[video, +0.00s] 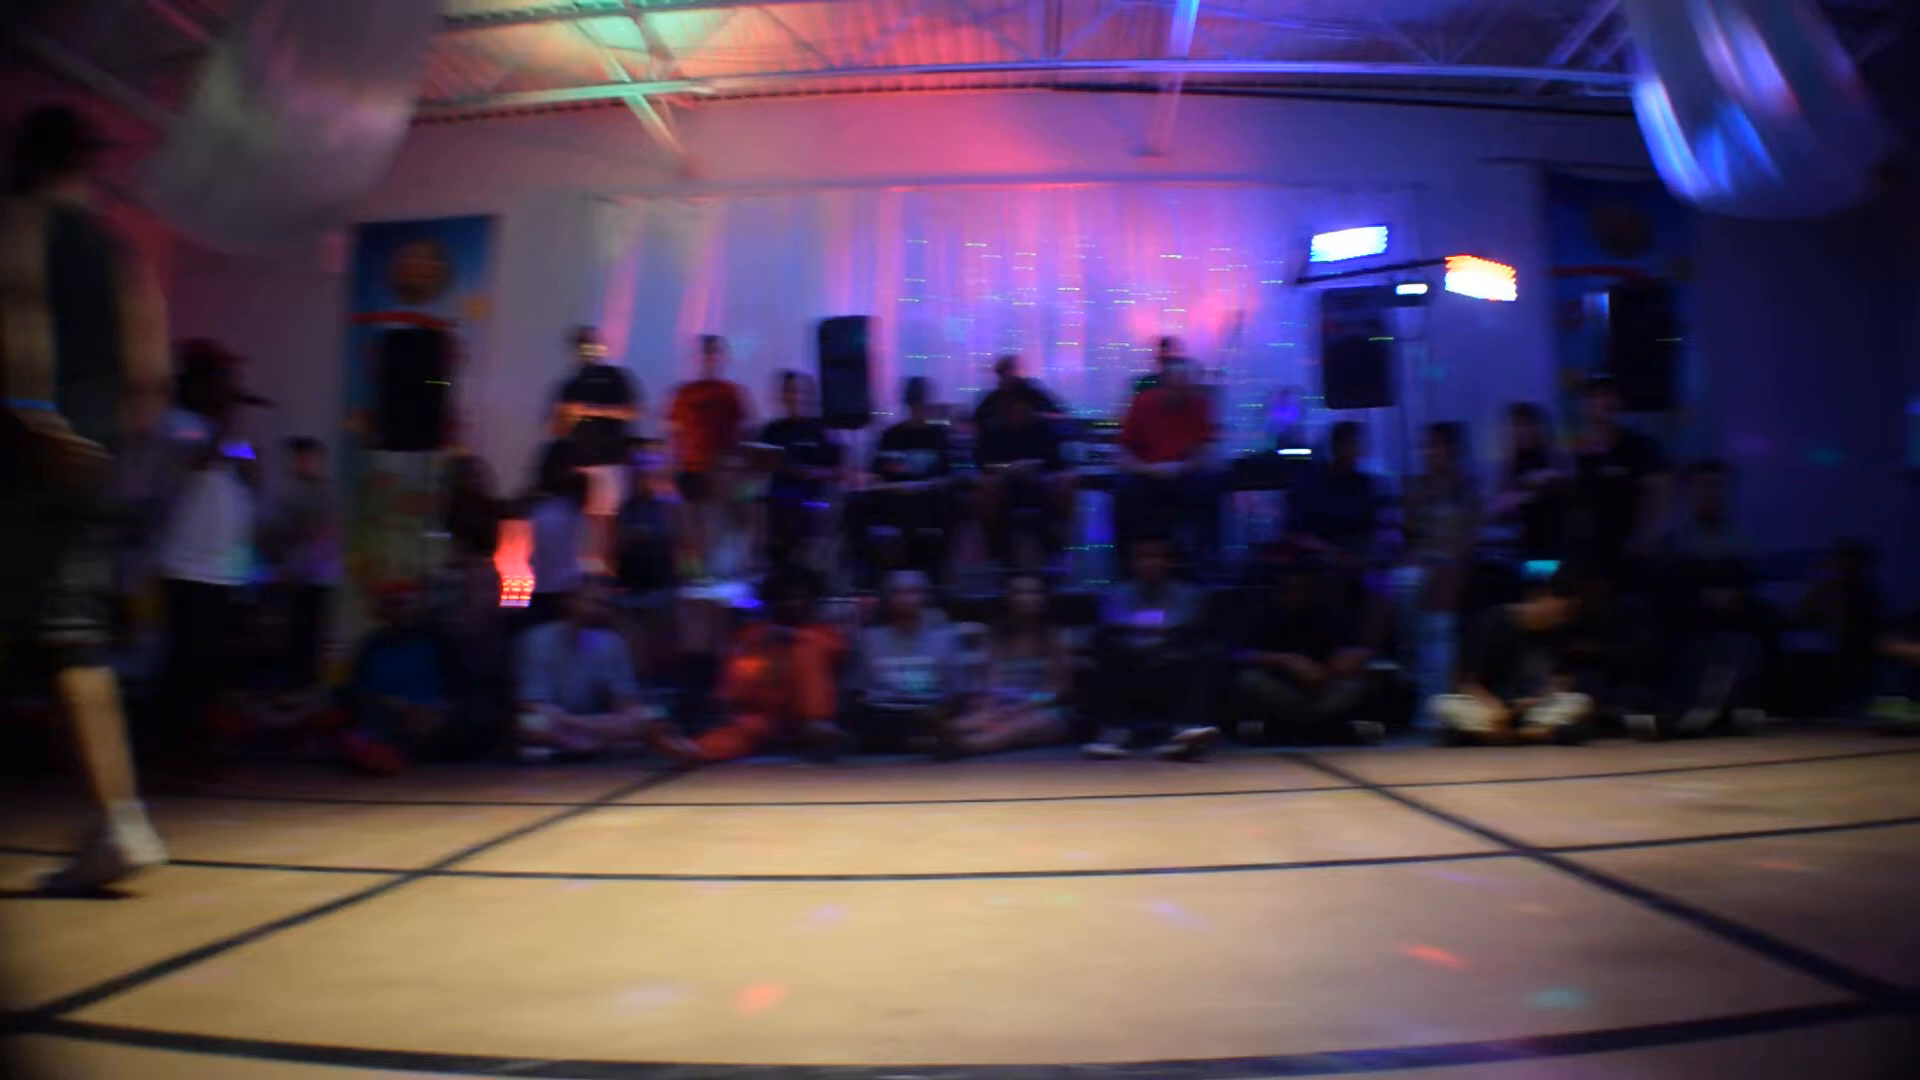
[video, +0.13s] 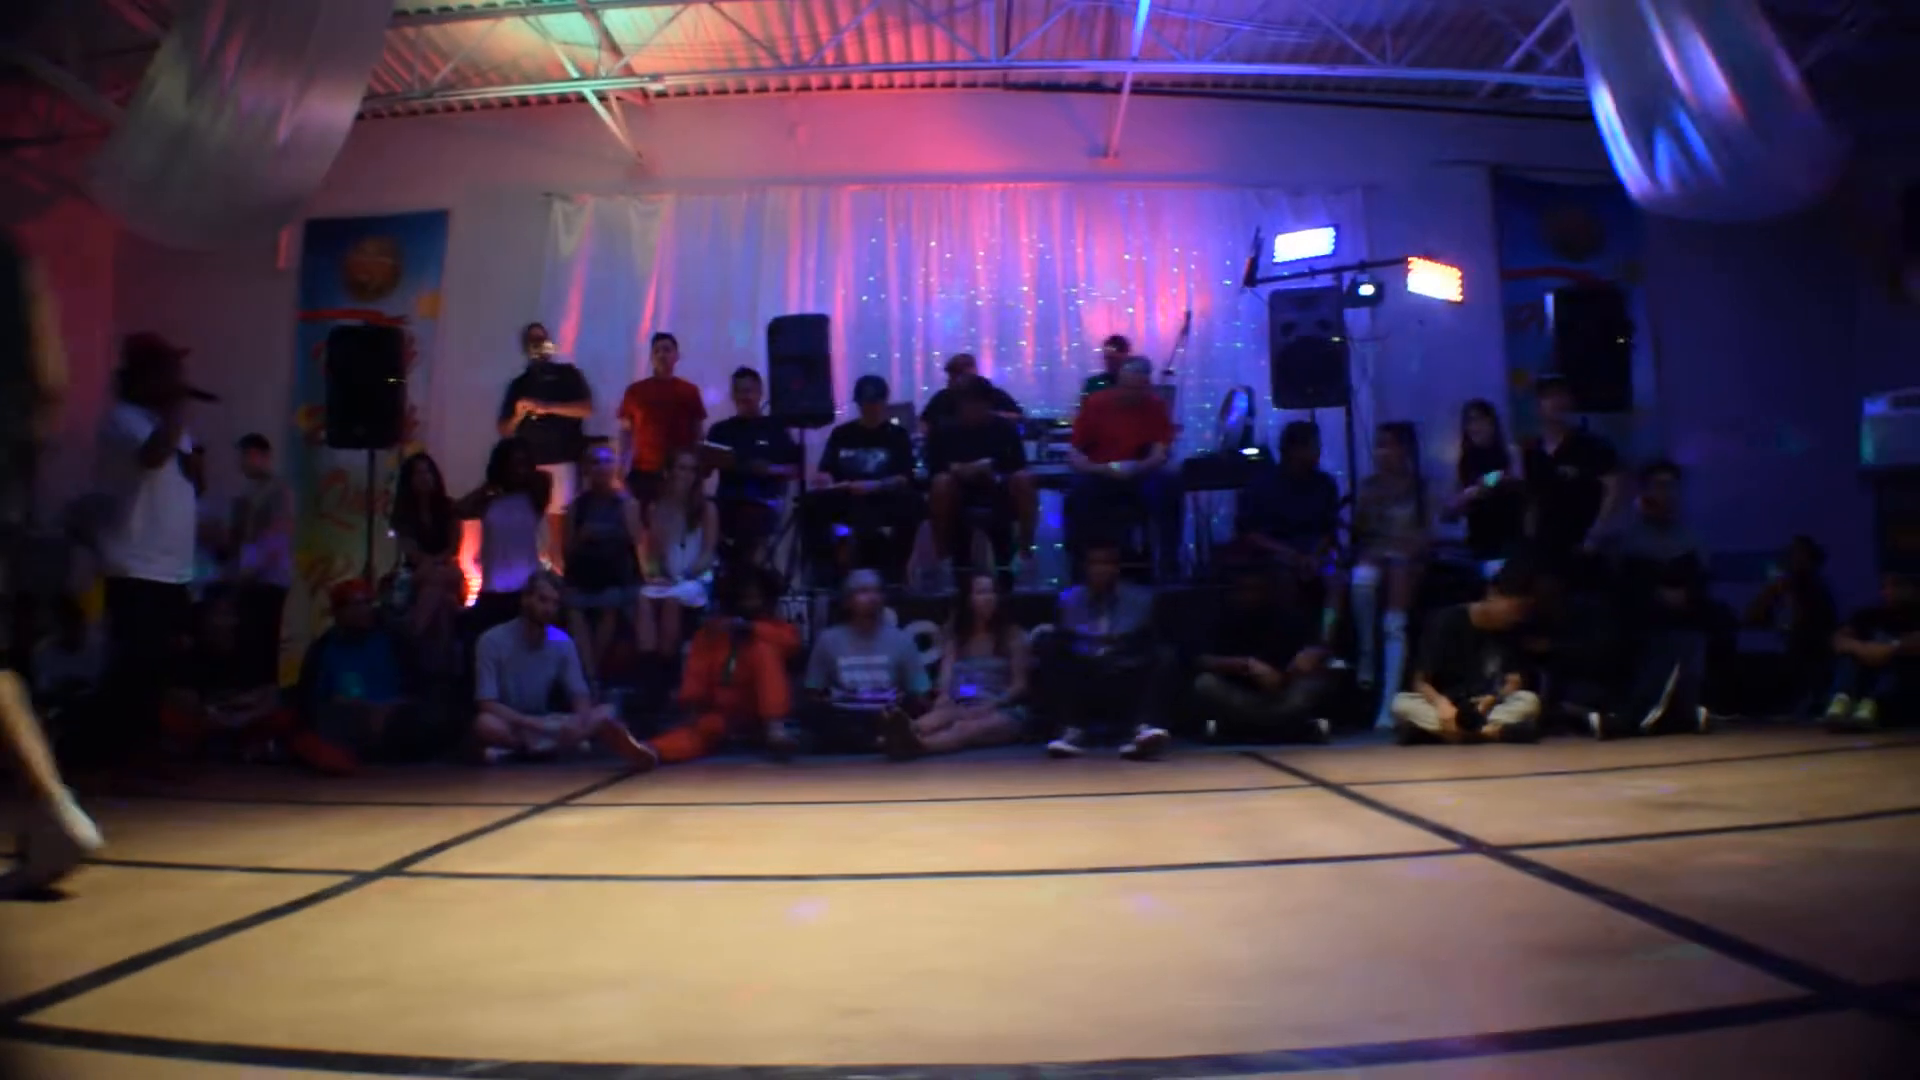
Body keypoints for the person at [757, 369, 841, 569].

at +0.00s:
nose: (793, 398)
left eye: (799, 392)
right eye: (789, 392)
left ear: (810, 395)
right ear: (783, 395)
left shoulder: (821, 430)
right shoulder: (774, 430)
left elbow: (834, 469)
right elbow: (764, 463)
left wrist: (807, 472)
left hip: (814, 501)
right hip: (780, 501)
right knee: (779, 554)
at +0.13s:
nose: (745, 396)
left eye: (750, 390)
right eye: (740, 391)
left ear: (760, 394)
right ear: (732, 394)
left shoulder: (774, 428)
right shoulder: (720, 430)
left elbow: (793, 466)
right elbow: (706, 467)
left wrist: (767, 470)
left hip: (765, 502)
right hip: (728, 500)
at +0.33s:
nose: (739, 400)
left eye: (744, 393)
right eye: (733, 395)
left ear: (756, 395)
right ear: (728, 398)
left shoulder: (771, 428)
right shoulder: (718, 430)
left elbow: (787, 467)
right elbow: (702, 469)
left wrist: (760, 452)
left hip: (760, 499)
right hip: (726, 497)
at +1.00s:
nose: (764, 404)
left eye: (768, 397)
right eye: (757, 399)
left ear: (777, 398)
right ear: (748, 402)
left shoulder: (793, 428)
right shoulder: (741, 431)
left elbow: (801, 460)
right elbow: (725, 470)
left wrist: (777, 430)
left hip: (781, 494)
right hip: (749, 494)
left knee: (770, 531)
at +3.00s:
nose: (755, 406)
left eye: (760, 400)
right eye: (748, 401)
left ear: (769, 403)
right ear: (742, 406)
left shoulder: (789, 431)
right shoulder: (736, 435)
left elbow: (797, 462)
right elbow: (719, 478)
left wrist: (768, 433)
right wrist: (725, 459)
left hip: (778, 499)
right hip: (745, 498)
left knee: (768, 529)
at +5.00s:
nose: (755, 415)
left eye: (760, 408)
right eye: (750, 410)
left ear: (772, 404)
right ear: (744, 407)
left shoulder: (790, 433)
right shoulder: (736, 435)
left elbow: (802, 468)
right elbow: (718, 474)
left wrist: (772, 459)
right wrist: (736, 458)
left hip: (776, 502)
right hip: (742, 500)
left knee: (764, 535)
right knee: (722, 527)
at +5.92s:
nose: (758, 414)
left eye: (763, 408)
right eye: (753, 408)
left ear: (775, 404)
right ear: (747, 407)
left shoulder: (790, 433)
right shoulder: (736, 435)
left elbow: (804, 469)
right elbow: (719, 475)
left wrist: (775, 459)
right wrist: (731, 460)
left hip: (777, 501)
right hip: (743, 500)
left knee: (762, 537)